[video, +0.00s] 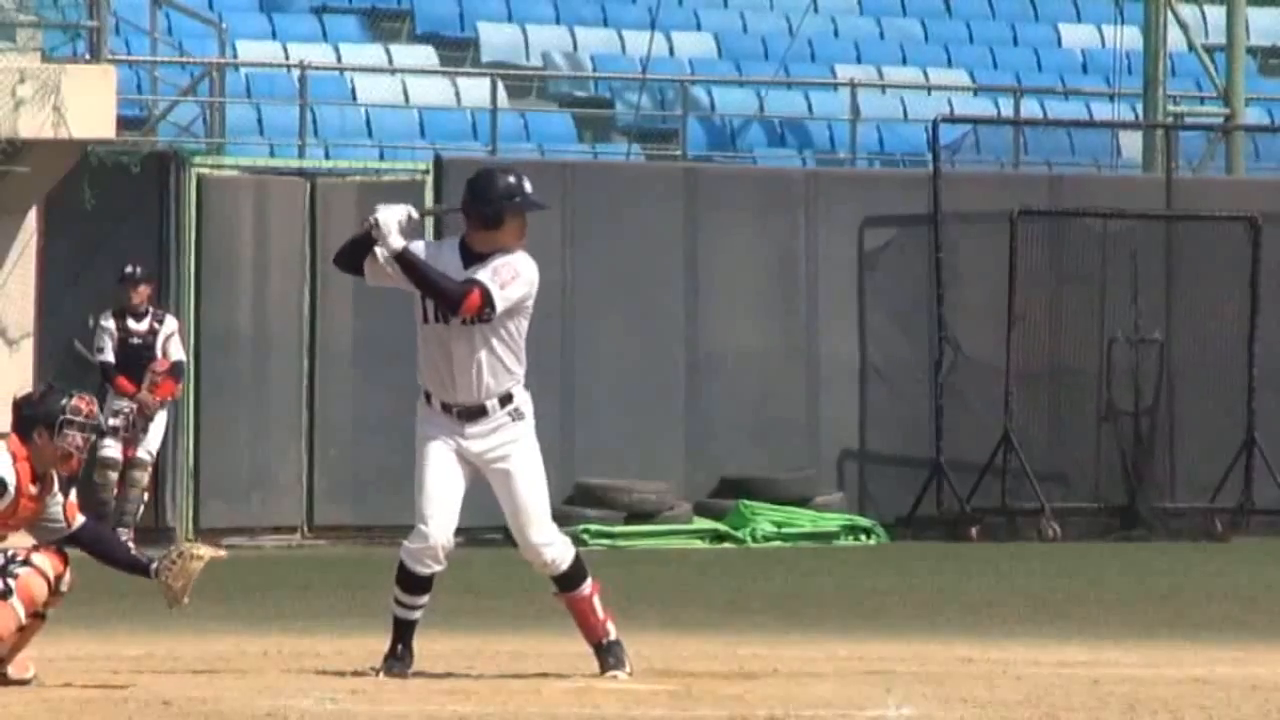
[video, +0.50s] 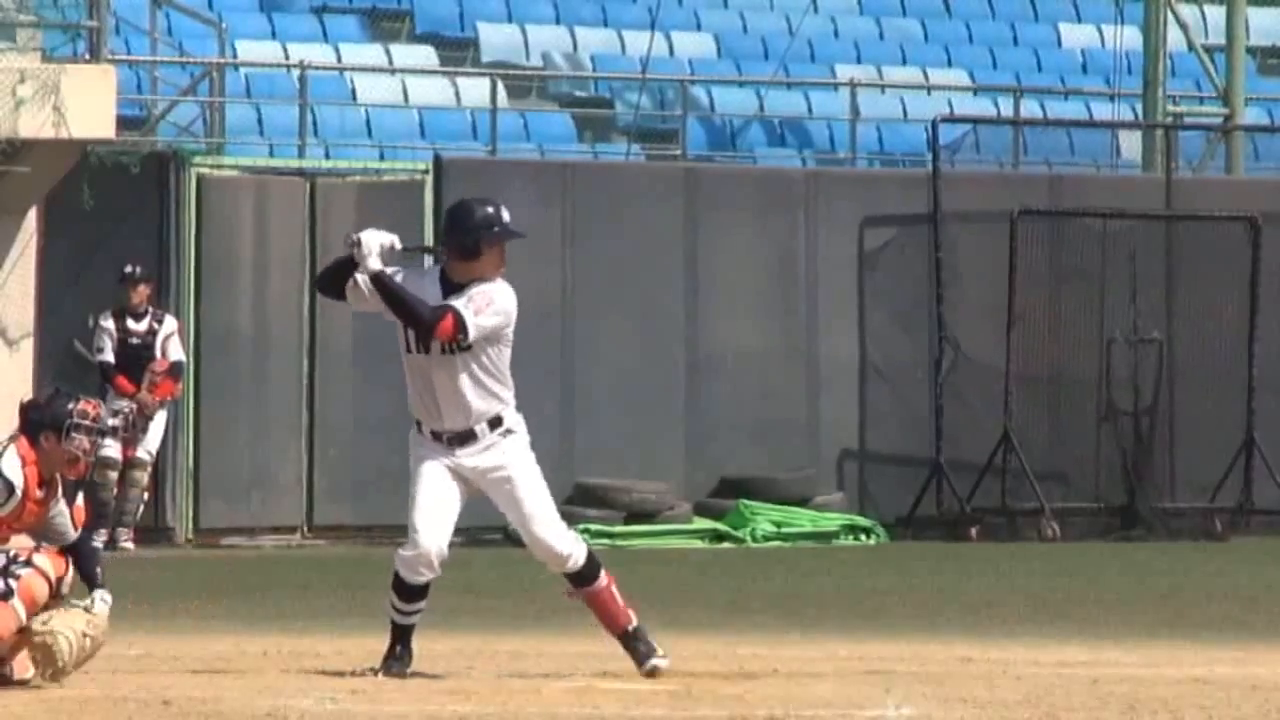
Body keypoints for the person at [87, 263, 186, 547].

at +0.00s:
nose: (133, 292)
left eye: (138, 286)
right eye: (128, 287)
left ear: (150, 290)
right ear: (122, 290)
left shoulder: (167, 324)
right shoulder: (109, 321)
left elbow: (177, 368)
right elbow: (106, 367)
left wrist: (156, 399)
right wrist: (136, 394)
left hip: (153, 400)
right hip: (119, 395)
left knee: (141, 460)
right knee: (108, 455)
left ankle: (125, 529)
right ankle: (102, 525)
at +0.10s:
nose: (132, 292)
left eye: (138, 286)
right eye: (128, 286)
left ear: (150, 289)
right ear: (122, 290)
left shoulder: (167, 324)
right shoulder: (109, 321)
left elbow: (177, 368)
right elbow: (106, 367)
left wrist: (156, 398)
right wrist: (136, 395)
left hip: (153, 400)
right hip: (119, 396)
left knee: (140, 461)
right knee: (108, 456)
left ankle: (125, 530)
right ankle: (102, 526)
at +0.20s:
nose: (133, 292)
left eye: (139, 286)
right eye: (129, 286)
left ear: (149, 290)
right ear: (123, 290)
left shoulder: (166, 324)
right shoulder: (109, 322)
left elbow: (177, 366)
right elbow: (106, 367)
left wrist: (157, 396)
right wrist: (135, 394)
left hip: (152, 400)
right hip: (119, 397)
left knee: (140, 462)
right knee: (108, 457)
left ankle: (125, 531)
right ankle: (102, 528)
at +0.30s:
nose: (133, 292)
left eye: (138, 286)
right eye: (128, 286)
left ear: (149, 289)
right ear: (122, 290)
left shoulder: (167, 324)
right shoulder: (109, 322)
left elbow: (177, 367)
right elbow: (106, 367)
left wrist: (157, 397)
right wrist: (136, 394)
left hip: (153, 400)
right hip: (119, 396)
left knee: (140, 461)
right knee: (108, 457)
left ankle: (125, 530)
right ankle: (102, 527)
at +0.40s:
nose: (133, 292)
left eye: (138, 286)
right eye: (129, 286)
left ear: (149, 289)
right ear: (123, 289)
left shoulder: (167, 324)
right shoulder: (109, 321)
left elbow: (177, 368)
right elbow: (106, 367)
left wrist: (157, 397)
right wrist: (136, 394)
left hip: (152, 400)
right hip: (118, 396)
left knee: (140, 460)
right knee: (108, 457)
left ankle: (125, 528)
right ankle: (102, 526)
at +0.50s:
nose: (133, 292)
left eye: (138, 286)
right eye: (129, 286)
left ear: (149, 289)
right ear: (123, 290)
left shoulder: (167, 324)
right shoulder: (109, 321)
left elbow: (177, 367)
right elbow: (106, 367)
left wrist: (156, 397)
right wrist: (136, 394)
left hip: (152, 400)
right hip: (118, 396)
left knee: (140, 460)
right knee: (107, 457)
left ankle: (125, 529)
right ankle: (102, 526)